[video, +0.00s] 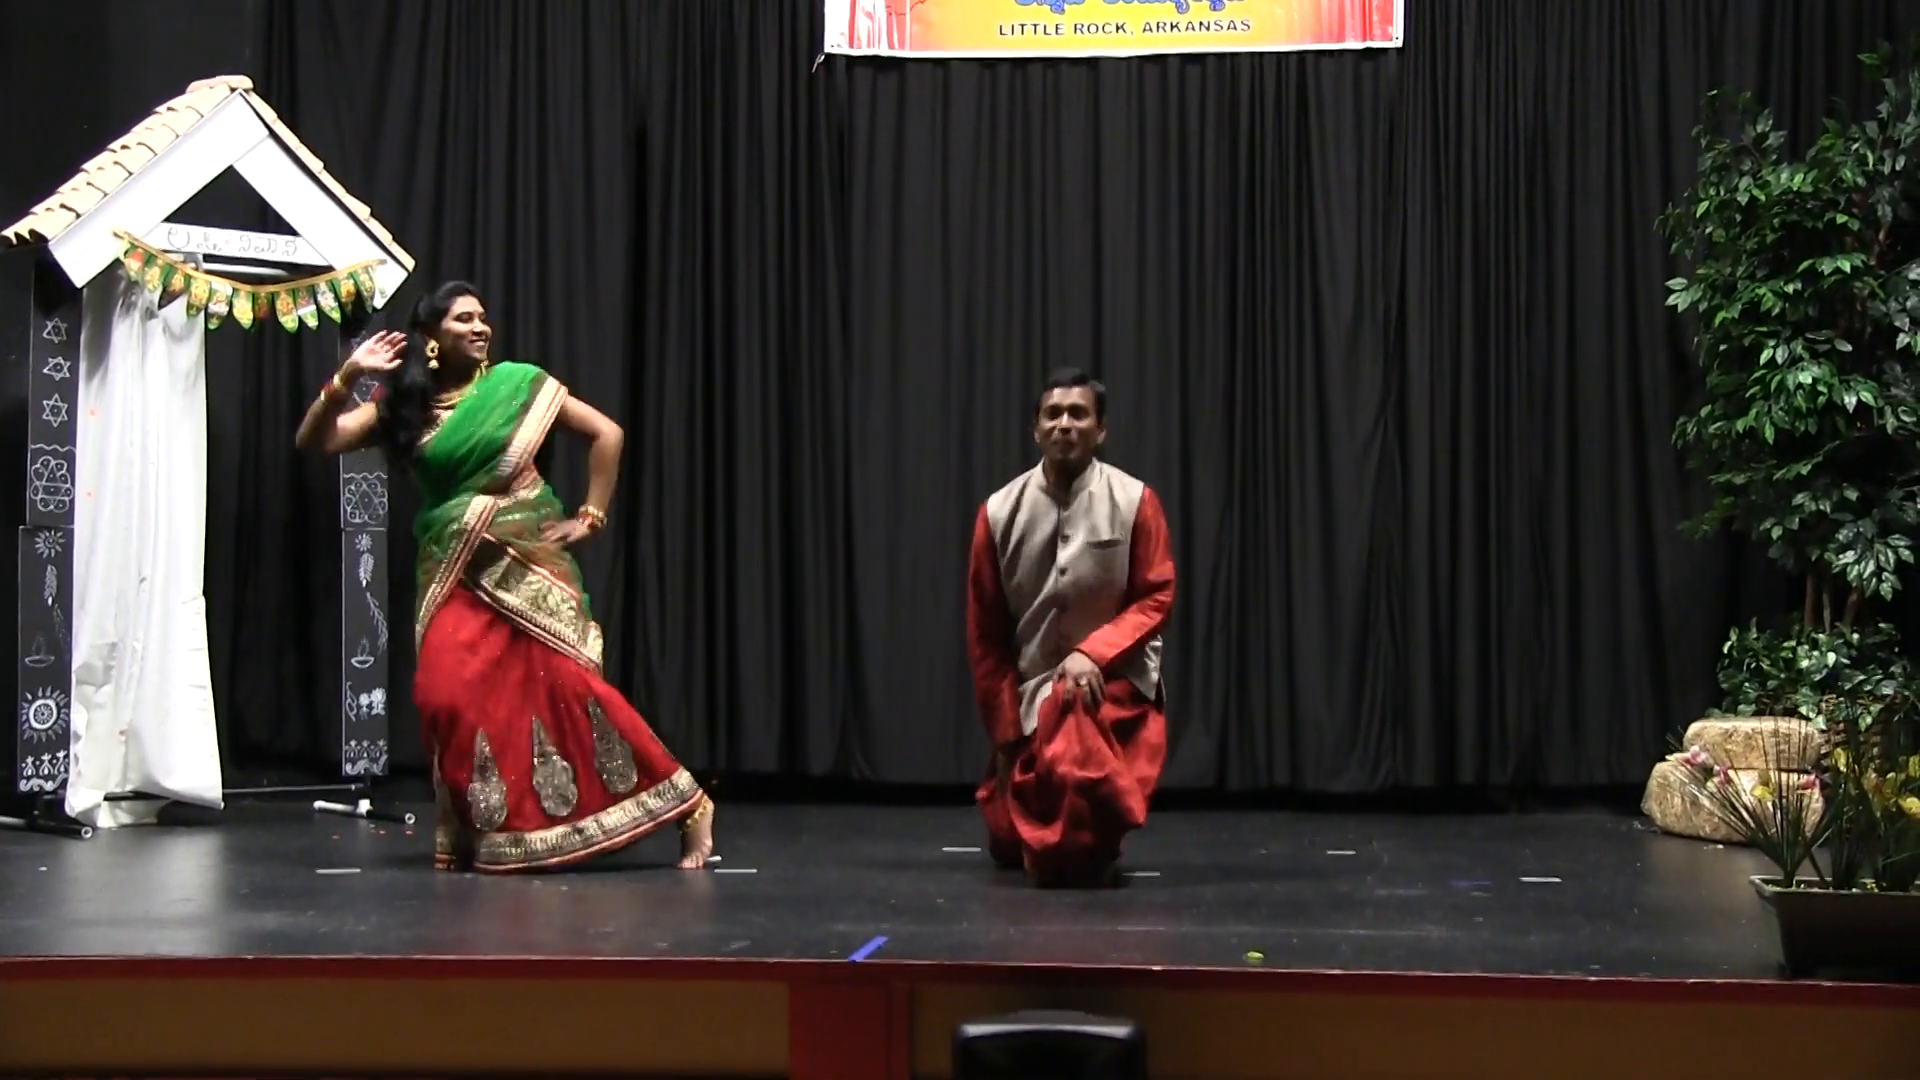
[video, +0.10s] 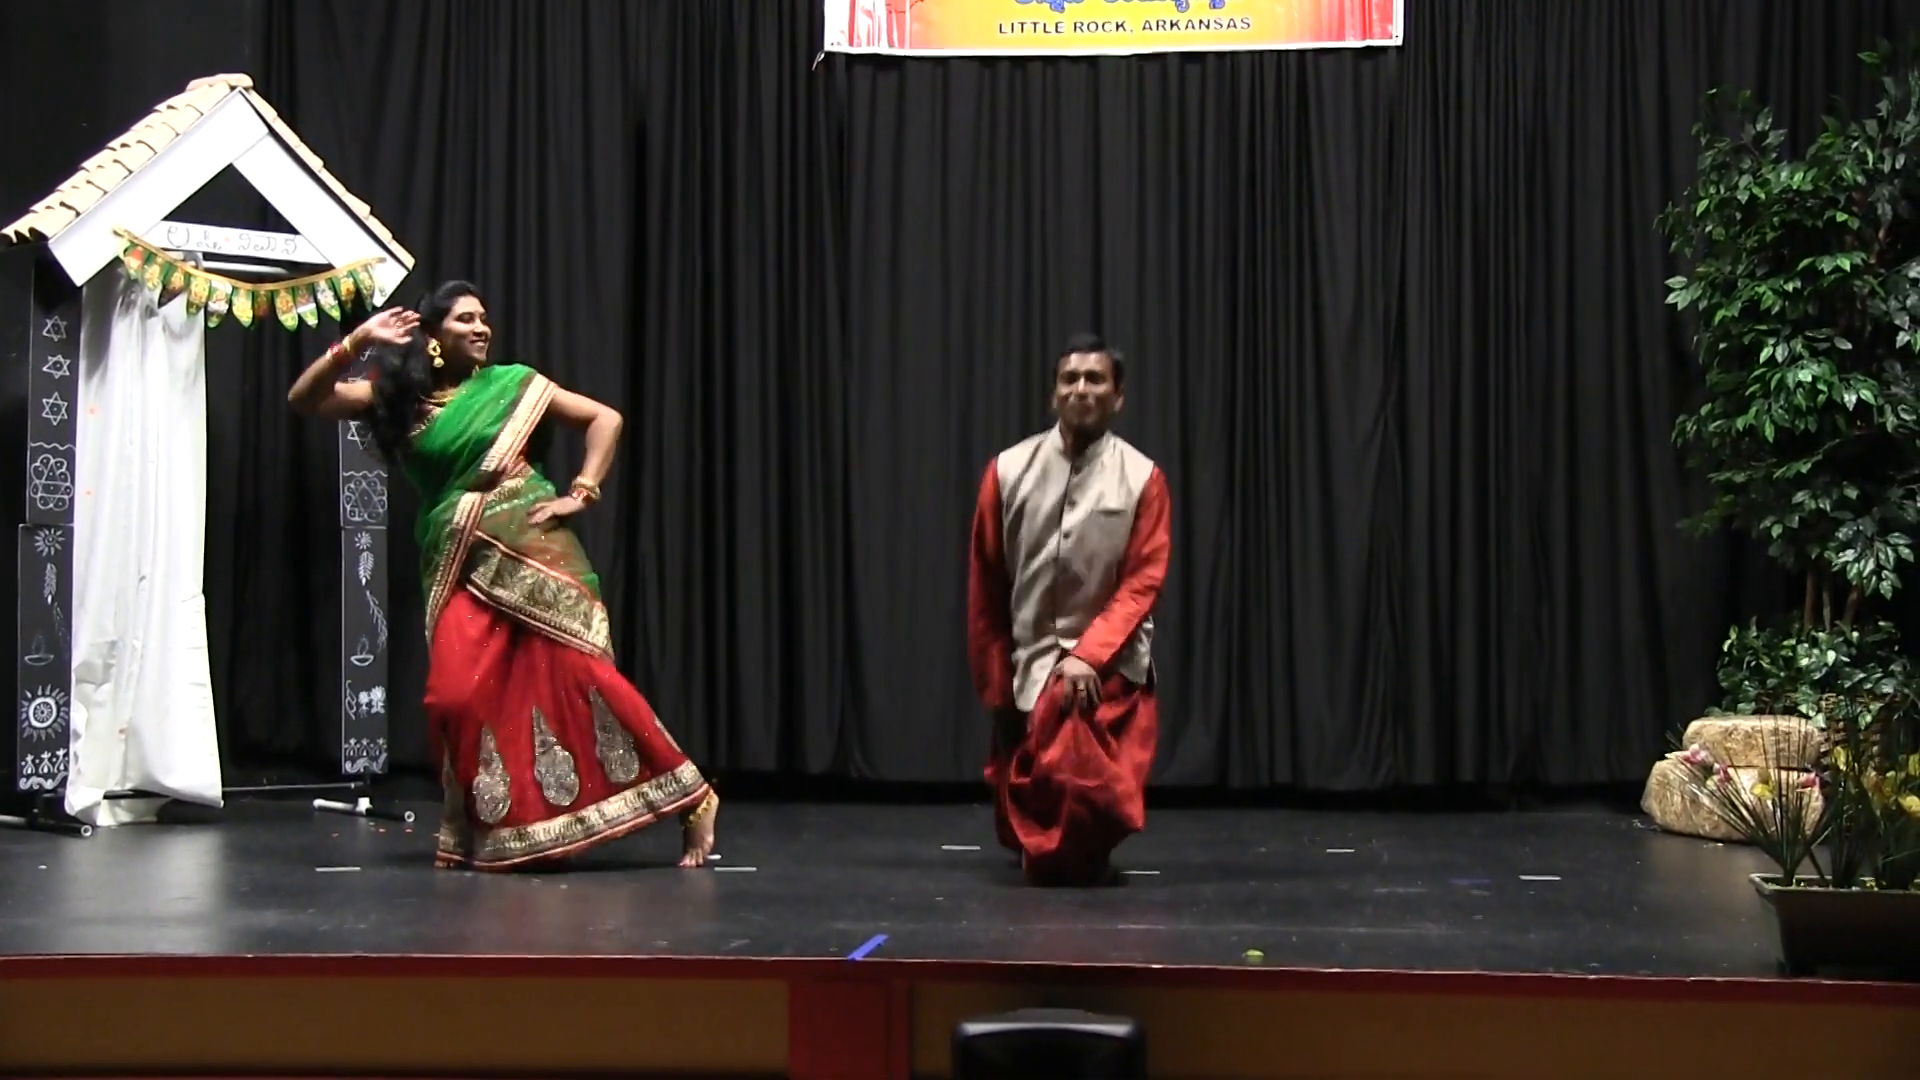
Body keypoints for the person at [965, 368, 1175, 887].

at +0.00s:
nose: (1064, 425)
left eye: (1078, 414)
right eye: (1053, 414)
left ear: (1100, 428)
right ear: (1037, 427)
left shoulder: (1133, 501)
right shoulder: (1000, 511)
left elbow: (1156, 596)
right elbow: (987, 631)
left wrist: (1091, 653)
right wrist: (1006, 731)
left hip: (1118, 682)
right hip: (1031, 692)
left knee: (1069, 699)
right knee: (1011, 840)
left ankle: (1090, 849)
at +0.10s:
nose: (1081, 389)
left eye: (1095, 379)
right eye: (1071, 379)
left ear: (1117, 397)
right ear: (1055, 393)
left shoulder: (1141, 478)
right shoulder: (1008, 471)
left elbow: (1143, 583)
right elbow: (987, 583)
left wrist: (1089, 655)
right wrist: (995, 682)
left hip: (1112, 655)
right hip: (1028, 659)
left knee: (1064, 706)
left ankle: (1082, 851)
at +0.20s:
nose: (1086, 335)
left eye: (1099, 325)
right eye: (1076, 324)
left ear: (1122, 344)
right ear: (1060, 338)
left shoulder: (1143, 432)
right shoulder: (1011, 414)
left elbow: (1141, 540)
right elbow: (982, 518)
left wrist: (1102, 629)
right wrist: (986, 617)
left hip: (1105, 603)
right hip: (1026, 602)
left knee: (1091, 712)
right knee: (1025, 725)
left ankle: (1084, 848)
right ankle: (1054, 838)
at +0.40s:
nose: (1061, 211)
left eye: (1075, 201)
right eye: (1051, 201)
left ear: (1101, 216)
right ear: (1036, 215)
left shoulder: (1133, 300)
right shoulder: (1000, 295)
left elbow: (1156, 409)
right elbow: (972, 405)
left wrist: (1136, 505)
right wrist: (986, 504)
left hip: (1104, 496)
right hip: (1018, 493)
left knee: (1095, 650)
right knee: (1006, 647)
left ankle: (1089, 814)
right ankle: (1031, 782)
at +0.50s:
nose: (1057, 205)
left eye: (1072, 196)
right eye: (1047, 194)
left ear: (1095, 210)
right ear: (1032, 204)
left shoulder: (1129, 291)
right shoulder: (997, 289)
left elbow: (1158, 404)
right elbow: (966, 391)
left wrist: (1139, 502)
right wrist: (988, 483)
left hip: (1103, 485)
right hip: (1015, 483)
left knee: (1126, 634)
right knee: (995, 624)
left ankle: (1105, 775)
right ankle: (999, 794)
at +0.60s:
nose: (1057, 236)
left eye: (1069, 225)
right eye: (1045, 227)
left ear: (1095, 235)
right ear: (1031, 239)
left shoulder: (1133, 324)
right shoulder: (1000, 317)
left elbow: (1156, 440)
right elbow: (965, 414)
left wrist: (1131, 542)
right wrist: (988, 495)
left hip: (1103, 527)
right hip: (1013, 522)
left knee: (1128, 665)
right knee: (990, 662)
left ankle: (1115, 791)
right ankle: (990, 820)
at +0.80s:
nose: (1062, 379)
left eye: (1076, 366)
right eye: (1051, 367)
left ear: (1102, 377)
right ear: (1038, 377)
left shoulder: (1130, 468)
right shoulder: (998, 449)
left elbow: (1143, 584)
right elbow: (956, 551)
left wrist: (1124, 684)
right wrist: (1009, 620)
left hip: (1086, 627)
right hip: (1009, 621)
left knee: (1101, 720)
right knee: (980, 736)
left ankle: (1117, 817)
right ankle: (1004, 849)